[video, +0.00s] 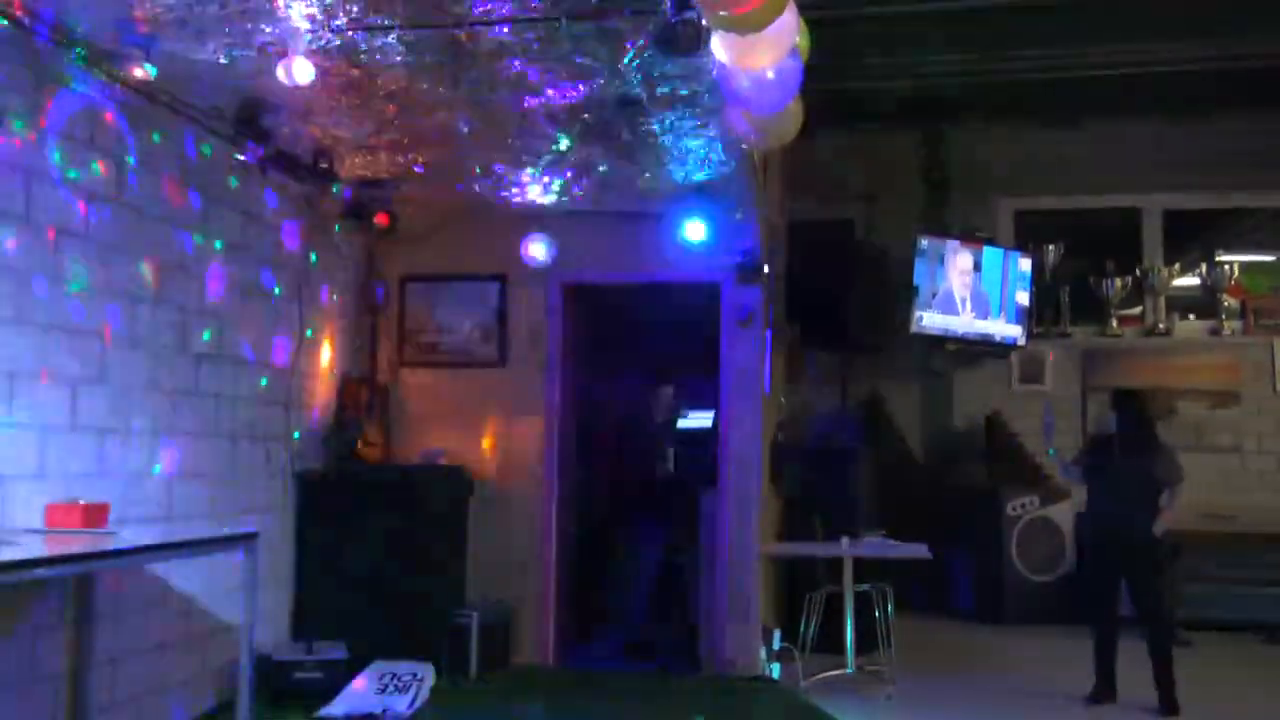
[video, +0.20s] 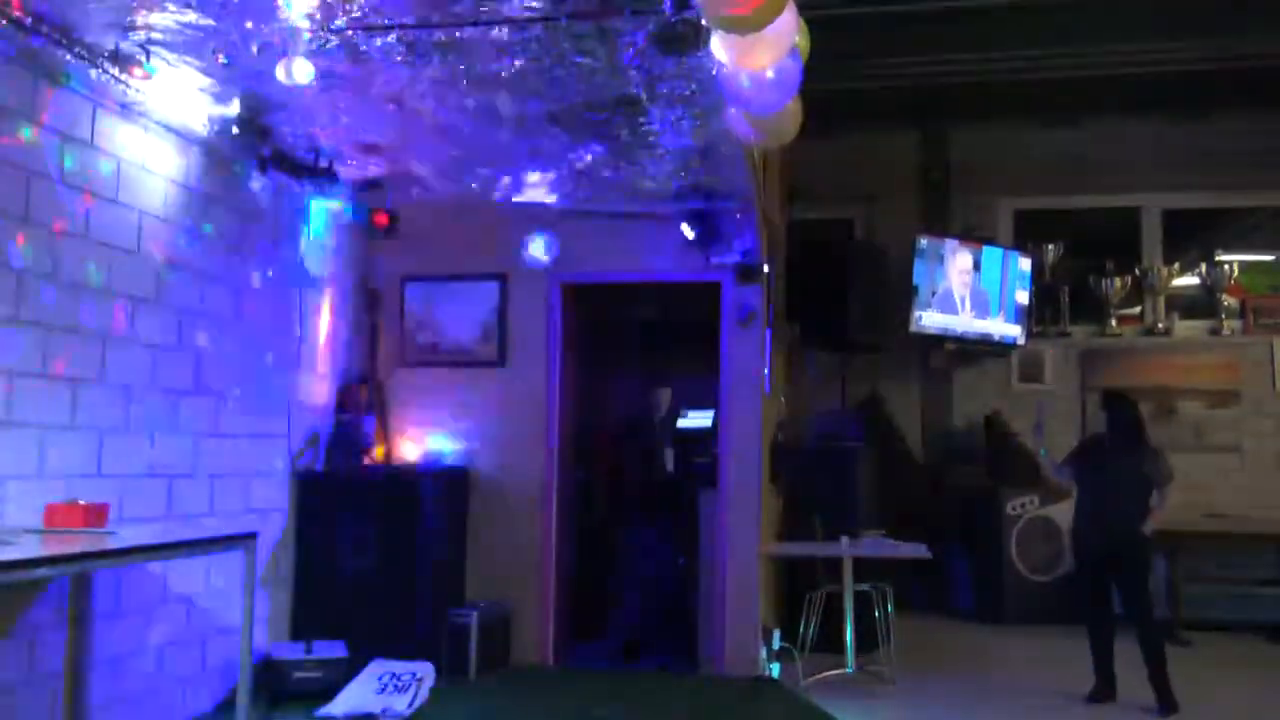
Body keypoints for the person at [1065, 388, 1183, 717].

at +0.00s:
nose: (1122, 420)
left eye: (1120, 411)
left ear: (1115, 414)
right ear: (1145, 414)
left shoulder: (1101, 446)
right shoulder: (1156, 449)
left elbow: (1074, 475)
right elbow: (1175, 487)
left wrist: (1055, 458)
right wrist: (1160, 524)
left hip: (1102, 543)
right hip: (1141, 543)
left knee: (1103, 617)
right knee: (1155, 620)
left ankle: (1104, 688)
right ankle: (1167, 697)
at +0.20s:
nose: (1107, 421)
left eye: (1107, 414)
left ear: (1106, 417)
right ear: (1136, 418)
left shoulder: (1092, 447)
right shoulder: (1146, 452)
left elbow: (1060, 480)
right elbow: (1163, 494)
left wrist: (1041, 458)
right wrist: (1147, 525)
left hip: (1092, 543)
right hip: (1131, 542)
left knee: (1097, 615)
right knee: (1143, 616)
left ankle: (1104, 685)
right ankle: (1164, 693)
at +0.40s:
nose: (1103, 419)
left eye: (1102, 412)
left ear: (1099, 415)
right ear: (1129, 415)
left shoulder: (1083, 445)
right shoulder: (1138, 449)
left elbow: (1050, 477)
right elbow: (1157, 491)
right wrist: (1143, 524)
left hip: (1085, 541)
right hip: (1124, 540)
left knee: (1094, 616)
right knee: (1139, 616)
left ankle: (1103, 685)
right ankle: (1161, 693)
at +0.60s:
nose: (1096, 419)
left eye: (1097, 412)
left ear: (1096, 415)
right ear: (1127, 415)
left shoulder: (1081, 446)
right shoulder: (1136, 449)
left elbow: (1048, 477)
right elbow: (1154, 492)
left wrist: (1027, 445)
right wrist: (1140, 524)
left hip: (1084, 542)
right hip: (1124, 541)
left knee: (1093, 616)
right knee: (1138, 615)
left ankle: (1103, 685)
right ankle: (1161, 692)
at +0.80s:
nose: (1106, 424)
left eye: (1105, 415)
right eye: (1110, 415)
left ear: (1097, 417)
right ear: (1128, 417)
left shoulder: (1078, 448)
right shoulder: (1138, 453)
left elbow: (1048, 476)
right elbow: (1157, 492)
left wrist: (1024, 438)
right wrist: (1142, 526)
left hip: (1083, 542)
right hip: (1124, 542)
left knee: (1092, 617)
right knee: (1139, 615)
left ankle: (1103, 686)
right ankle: (1165, 693)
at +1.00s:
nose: (1101, 422)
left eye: (1103, 415)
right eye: (1106, 414)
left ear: (1102, 418)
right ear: (1133, 418)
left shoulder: (1087, 449)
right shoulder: (1143, 453)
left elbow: (1055, 481)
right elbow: (1163, 494)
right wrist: (1149, 528)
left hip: (1089, 544)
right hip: (1131, 543)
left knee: (1096, 619)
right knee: (1145, 619)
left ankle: (1104, 687)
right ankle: (1168, 694)